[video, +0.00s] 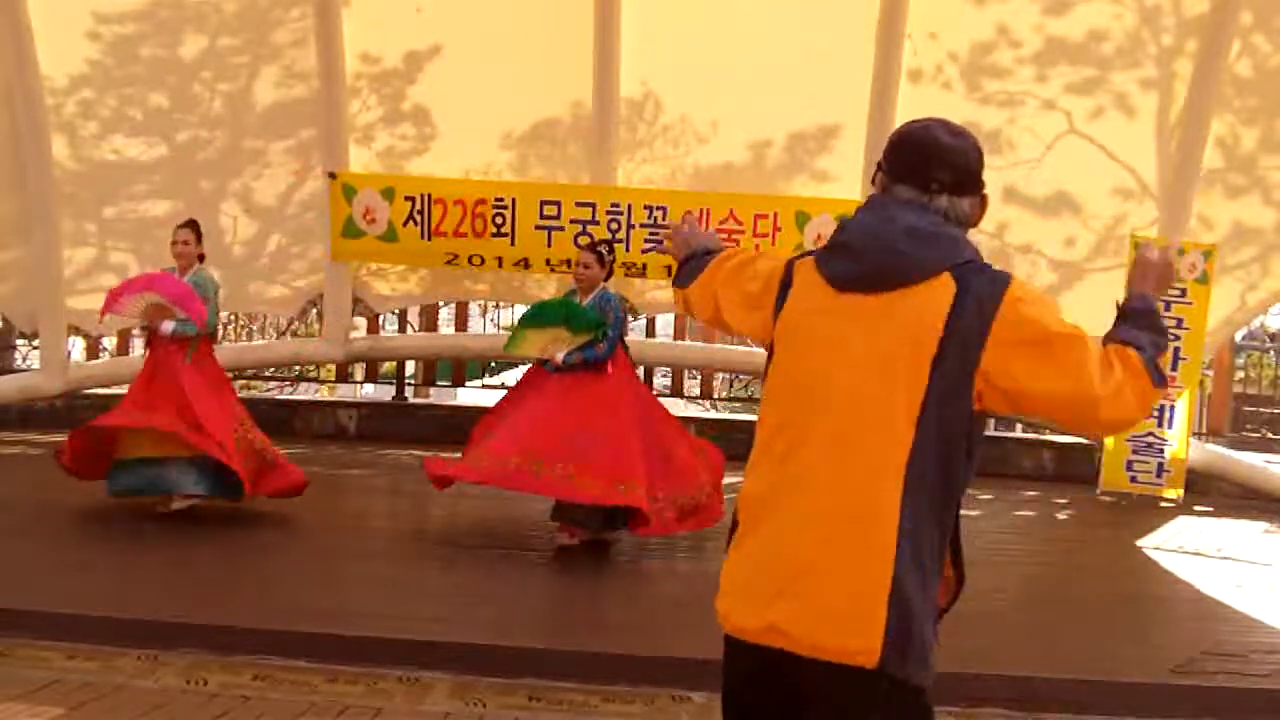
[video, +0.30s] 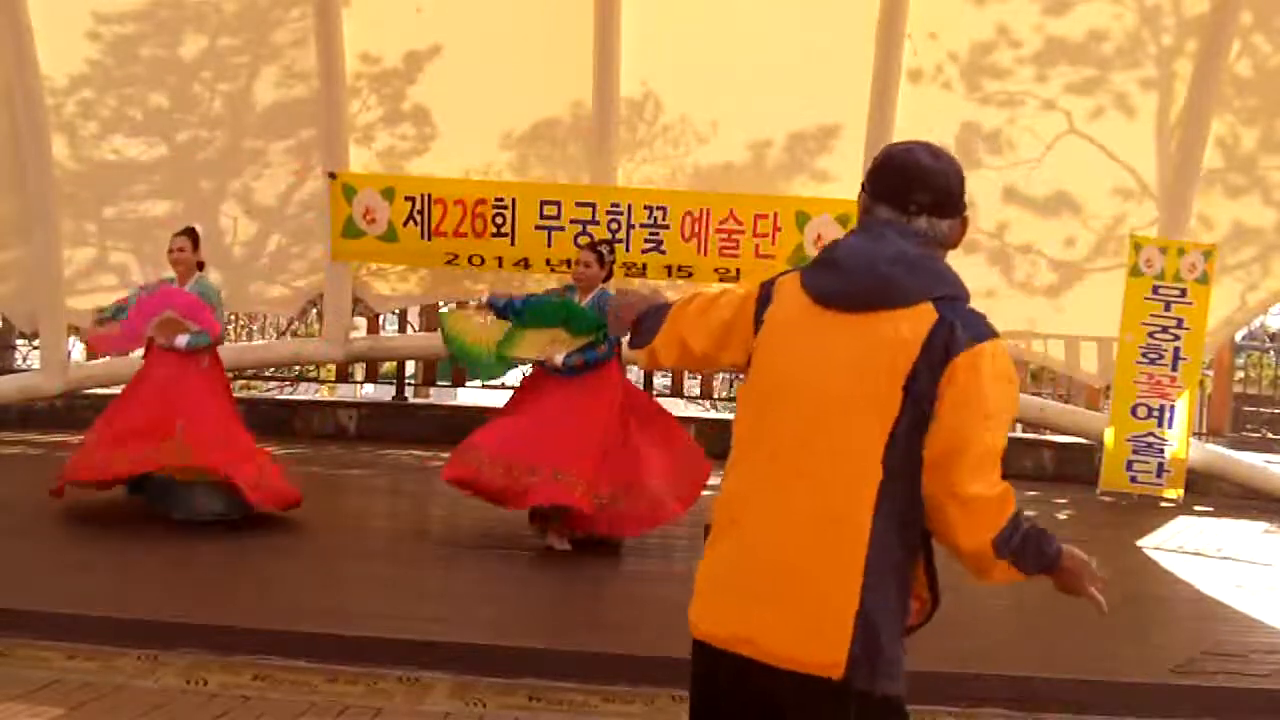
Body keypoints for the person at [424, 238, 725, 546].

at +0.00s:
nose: (580, 272)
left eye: (588, 267)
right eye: (577, 266)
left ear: (604, 272)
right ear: (574, 268)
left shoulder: (611, 303)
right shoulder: (569, 301)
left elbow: (606, 347)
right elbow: (552, 335)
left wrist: (566, 358)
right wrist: (547, 350)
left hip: (602, 388)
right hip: (572, 385)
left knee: (595, 453)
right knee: (574, 453)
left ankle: (592, 524)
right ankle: (576, 521)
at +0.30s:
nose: (579, 270)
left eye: (587, 266)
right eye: (577, 264)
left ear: (604, 271)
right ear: (574, 267)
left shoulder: (610, 303)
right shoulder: (564, 296)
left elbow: (606, 347)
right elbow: (529, 306)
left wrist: (565, 360)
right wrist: (492, 303)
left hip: (596, 383)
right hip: (560, 381)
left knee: (581, 448)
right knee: (556, 444)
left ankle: (562, 527)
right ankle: (555, 517)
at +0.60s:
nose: (582, 269)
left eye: (590, 264)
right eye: (578, 262)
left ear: (606, 270)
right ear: (574, 265)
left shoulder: (614, 307)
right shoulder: (562, 290)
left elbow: (605, 355)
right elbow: (521, 272)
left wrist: (567, 363)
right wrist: (490, 236)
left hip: (596, 389)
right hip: (560, 385)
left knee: (581, 452)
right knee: (551, 447)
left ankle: (574, 528)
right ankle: (552, 520)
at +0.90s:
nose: (588, 258)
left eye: (597, 254)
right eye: (584, 252)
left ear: (611, 261)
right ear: (578, 255)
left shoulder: (618, 297)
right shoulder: (566, 281)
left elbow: (623, 341)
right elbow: (541, 254)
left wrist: (590, 350)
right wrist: (518, 222)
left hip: (597, 375)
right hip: (560, 372)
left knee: (590, 438)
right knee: (554, 432)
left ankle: (583, 510)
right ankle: (553, 506)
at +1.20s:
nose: (602, 264)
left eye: (609, 260)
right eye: (597, 257)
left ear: (618, 266)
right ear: (587, 261)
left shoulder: (622, 305)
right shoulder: (574, 289)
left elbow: (645, 345)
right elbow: (540, 267)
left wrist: (622, 351)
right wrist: (499, 246)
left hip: (606, 379)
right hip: (572, 374)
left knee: (598, 444)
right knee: (564, 442)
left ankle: (589, 518)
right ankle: (550, 520)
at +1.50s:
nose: (633, 266)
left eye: (632, 260)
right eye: (627, 260)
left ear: (614, 262)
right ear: (607, 262)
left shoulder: (624, 300)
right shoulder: (603, 289)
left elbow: (635, 340)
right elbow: (594, 278)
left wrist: (644, 319)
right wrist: (578, 268)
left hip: (621, 386)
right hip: (599, 387)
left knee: (613, 452)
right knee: (595, 453)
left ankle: (608, 527)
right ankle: (589, 528)